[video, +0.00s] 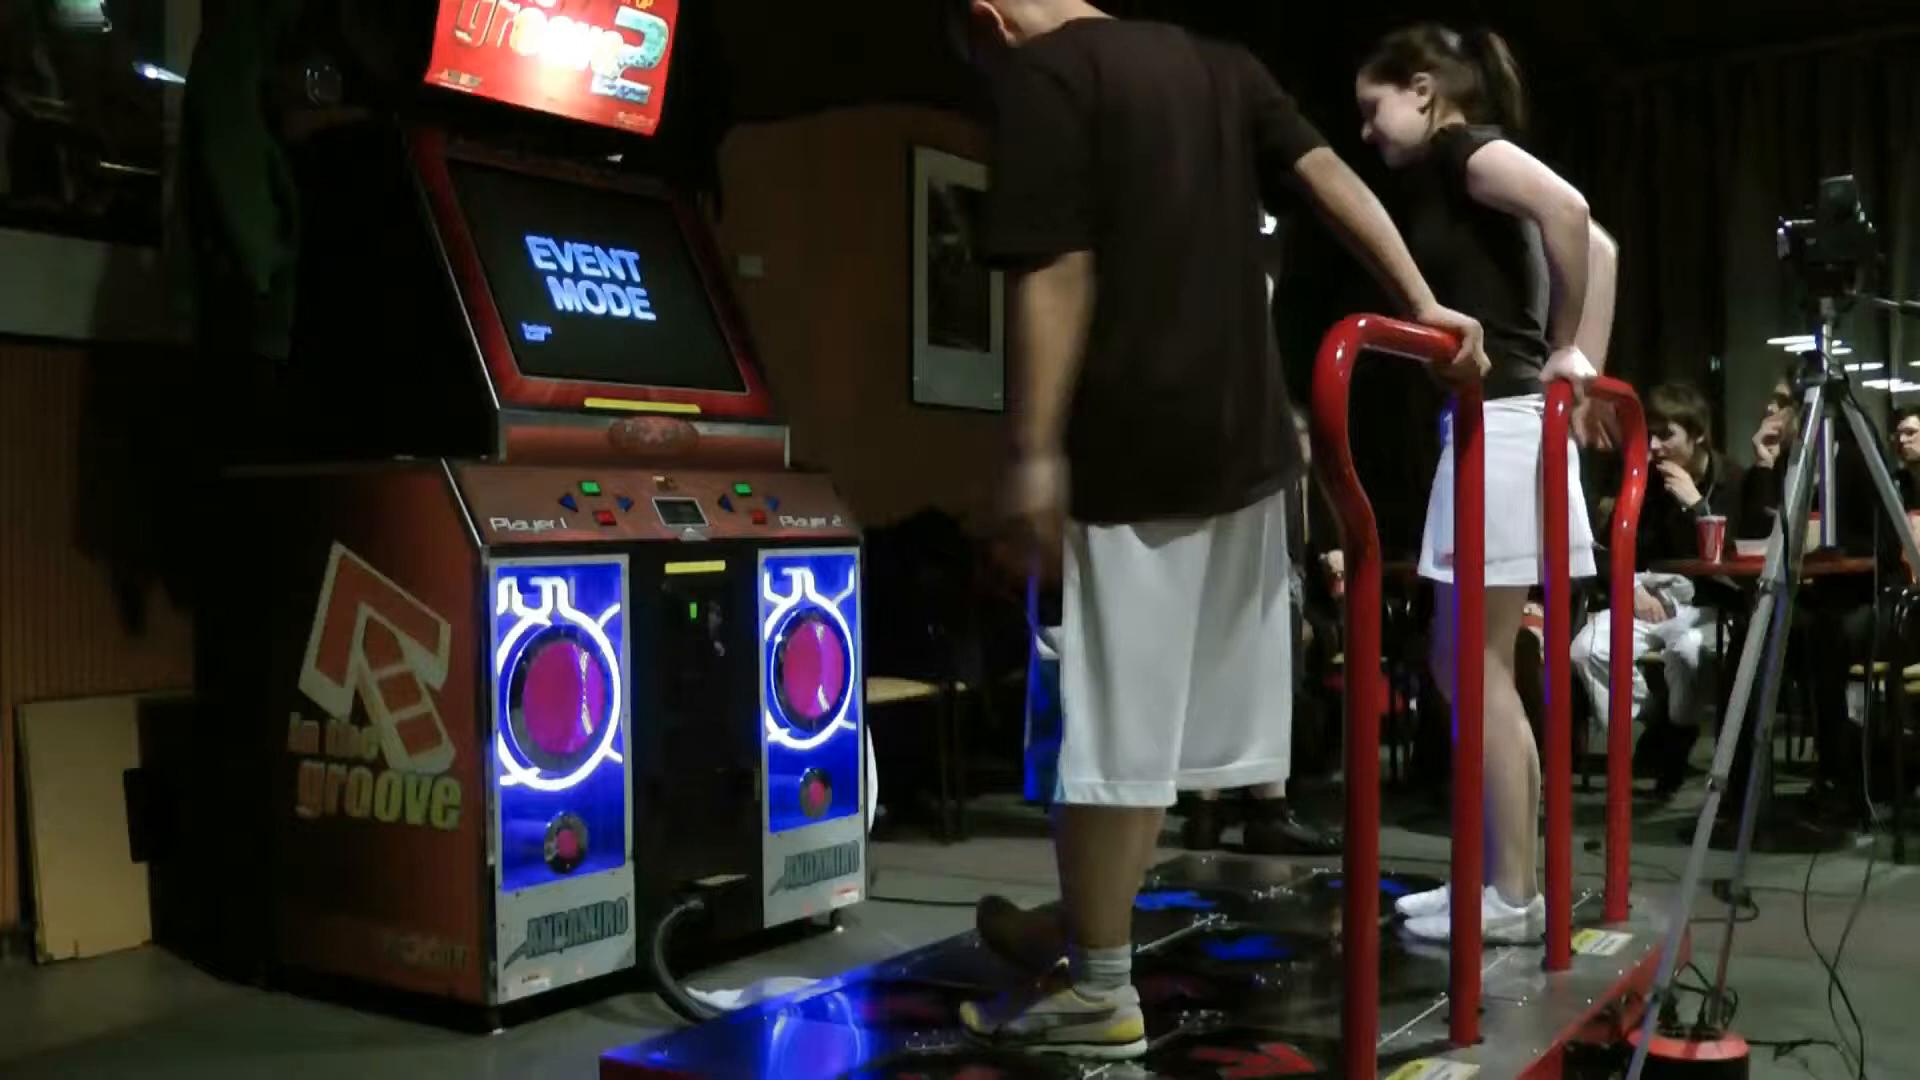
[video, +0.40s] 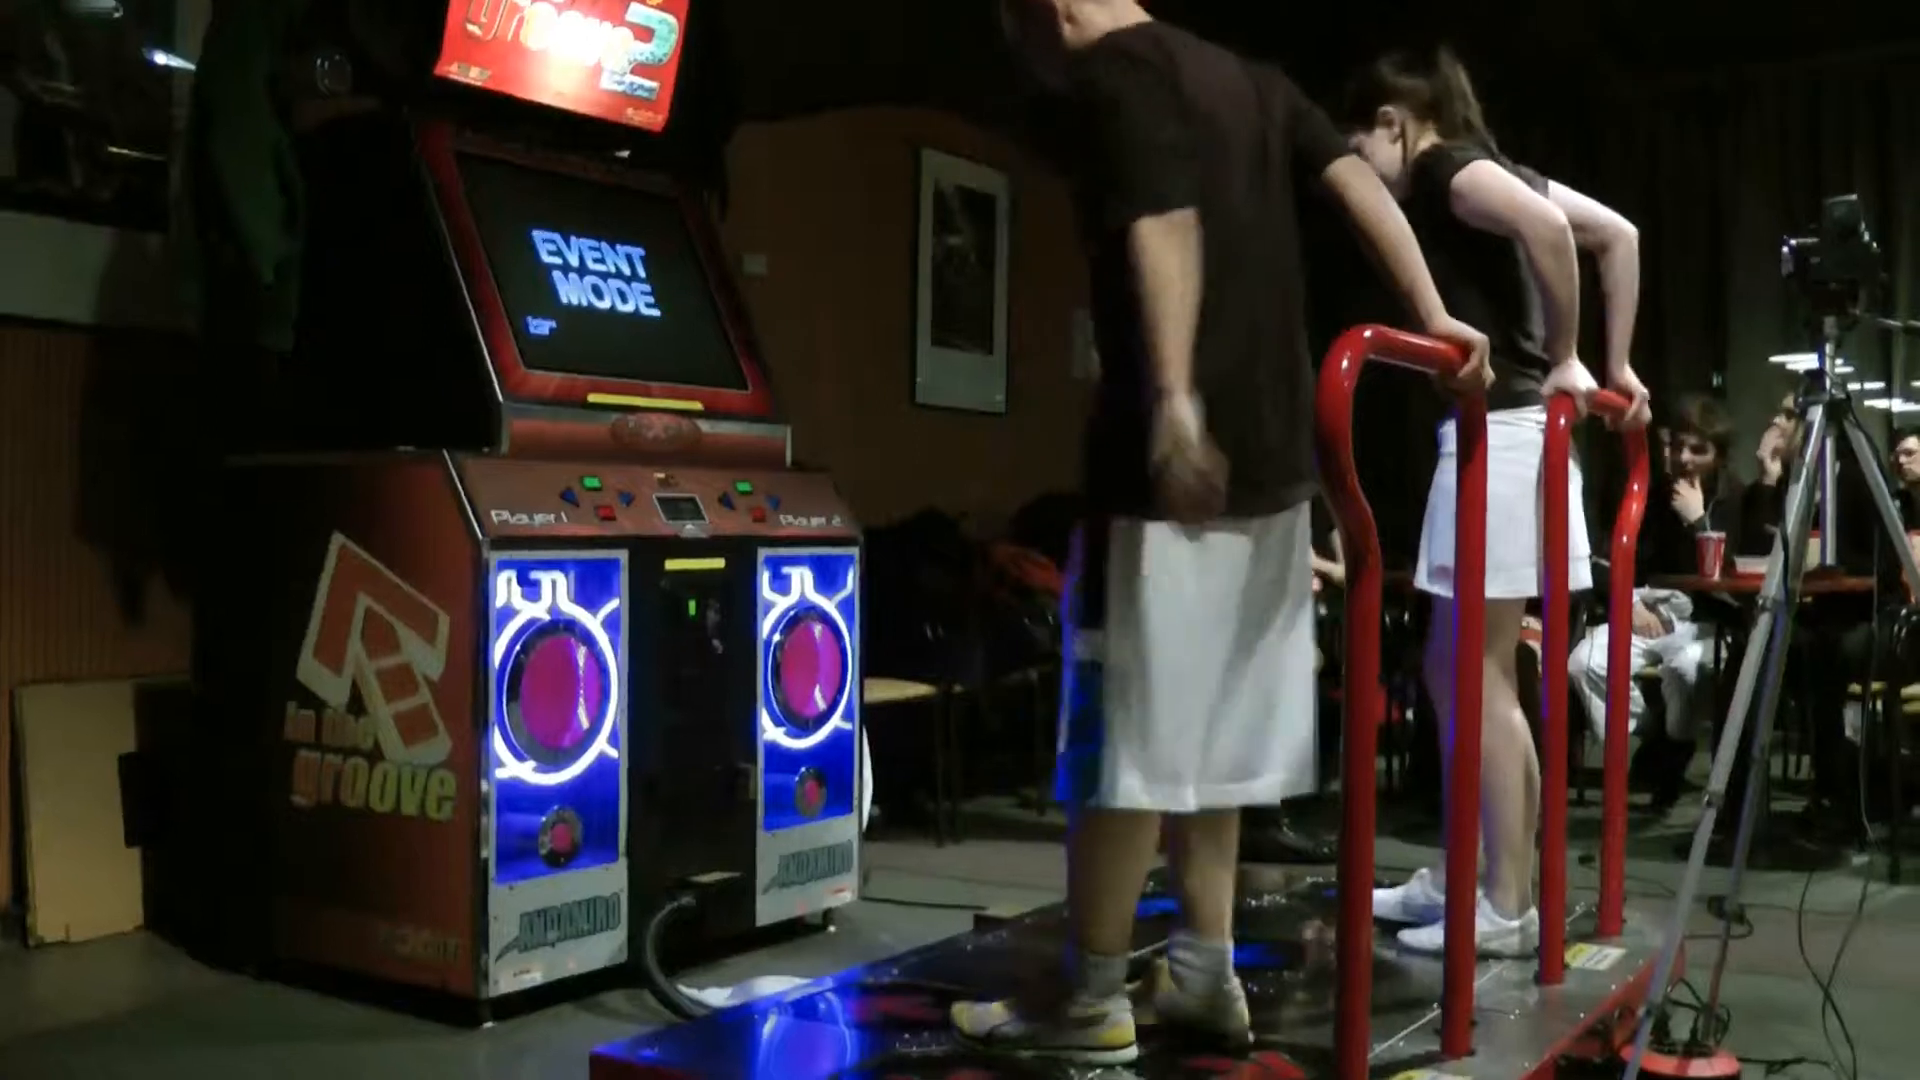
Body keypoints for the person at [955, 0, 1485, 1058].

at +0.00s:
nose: (992, 43)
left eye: (981, 34)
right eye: (988, 36)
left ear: (993, 13)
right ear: (1083, 0)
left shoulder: (1038, 77)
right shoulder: (1216, 62)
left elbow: (1056, 269)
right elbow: (1328, 176)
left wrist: (1035, 446)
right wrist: (1422, 302)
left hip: (1131, 455)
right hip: (1244, 445)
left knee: (1115, 723)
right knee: (1175, 710)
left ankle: (1101, 995)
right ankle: (1090, 930)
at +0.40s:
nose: (1037, 41)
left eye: (1033, 26)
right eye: (1035, 29)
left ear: (1057, 10)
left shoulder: (1113, 72)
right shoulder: (1255, 79)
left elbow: (1164, 219)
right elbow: (1365, 188)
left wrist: (1174, 392)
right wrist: (1432, 313)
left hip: (1171, 454)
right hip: (1271, 446)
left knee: (1133, 730)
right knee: (1219, 723)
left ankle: (1095, 1002)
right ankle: (1207, 976)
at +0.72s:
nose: (1052, 68)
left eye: (1046, 46)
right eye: (1044, 54)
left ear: (1071, 12)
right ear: (1131, 4)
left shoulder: (1134, 47)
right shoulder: (1212, 66)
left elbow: (1281, 123)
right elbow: (1356, 168)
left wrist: (1328, 271)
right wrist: (1425, 304)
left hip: (1189, 435)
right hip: (1280, 439)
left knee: (1113, 694)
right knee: (1238, 709)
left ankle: (1044, 954)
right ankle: (1213, 973)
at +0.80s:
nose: (1047, 72)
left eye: (1040, 49)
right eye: (1035, 59)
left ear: (1068, 12)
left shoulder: (1138, 39)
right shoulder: (1195, 66)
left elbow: (1298, 112)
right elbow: (1339, 155)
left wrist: (1338, 269)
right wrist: (1425, 299)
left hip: (1196, 433)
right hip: (1285, 442)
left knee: (1096, 699)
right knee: (1251, 720)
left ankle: (1007, 944)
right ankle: (1217, 981)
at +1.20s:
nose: (998, 81)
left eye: (985, 56)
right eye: (985, 66)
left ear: (998, 20)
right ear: (1042, 3)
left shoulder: (1078, 38)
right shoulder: (1156, 54)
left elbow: (1248, 125)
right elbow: (1310, 164)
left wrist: (1337, 291)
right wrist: (1421, 298)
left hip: (1155, 448)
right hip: (1258, 448)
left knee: (1117, 729)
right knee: (1241, 712)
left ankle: (1087, 1013)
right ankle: (1219, 978)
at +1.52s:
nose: (918, 83)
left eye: (907, 63)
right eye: (908, 69)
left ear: (919, 22)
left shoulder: (999, 35)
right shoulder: (1115, 46)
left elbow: (1187, 130)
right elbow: (1262, 176)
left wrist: (1310, 290)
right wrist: (1387, 290)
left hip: (1095, 438)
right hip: (1206, 436)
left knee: (1077, 721)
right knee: (1191, 709)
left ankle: (1086, 1013)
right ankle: (1178, 981)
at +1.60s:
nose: (912, 80)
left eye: (902, 60)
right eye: (903, 66)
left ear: (914, 21)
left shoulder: (995, 37)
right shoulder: (1106, 46)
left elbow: (1182, 133)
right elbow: (1255, 169)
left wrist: (1306, 285)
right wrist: (1385, 289)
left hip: (1090, 442)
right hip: (1200, 441)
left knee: (1072, 726)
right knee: (1183, 713)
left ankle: (1086, 1018)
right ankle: (1174, 985)